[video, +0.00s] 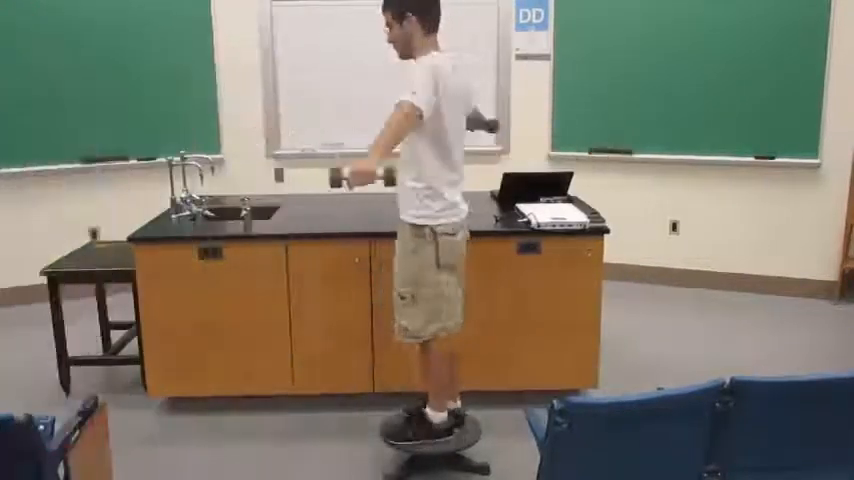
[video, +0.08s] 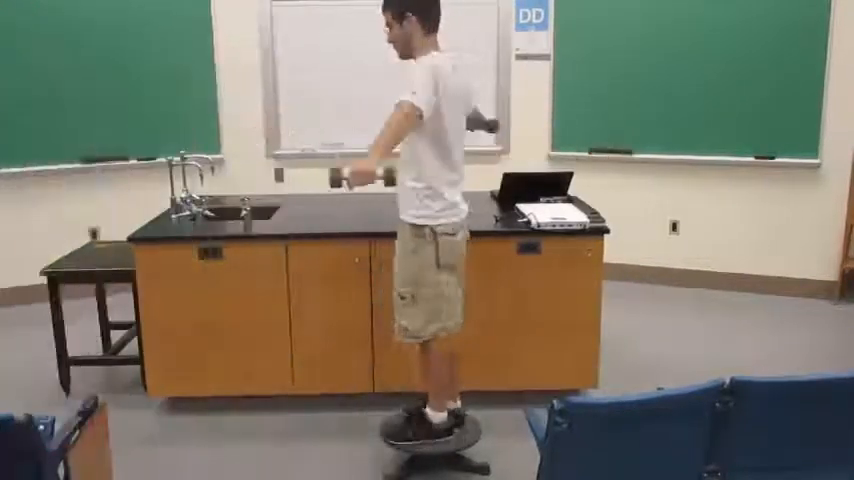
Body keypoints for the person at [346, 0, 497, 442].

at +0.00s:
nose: (387, 36)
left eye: (390, 25)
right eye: (386, 27)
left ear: (415, 22)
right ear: (425, 23)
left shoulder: (427, 69)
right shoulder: (449, 68)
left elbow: (410, 113)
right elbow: (456, 128)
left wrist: (371, 159)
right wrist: (408, 151)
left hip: (428, 221)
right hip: (443, 218)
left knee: (431, 325)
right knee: (437, 323)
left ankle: (437, 417)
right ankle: (447, 406)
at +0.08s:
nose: (387, 36)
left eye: (390, 26)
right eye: (386, 27)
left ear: (414, 22)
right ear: (425, 23)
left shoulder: (427, 69)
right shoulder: (450, 68)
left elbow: (410, 113)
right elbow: (456, 128)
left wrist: (371, 159)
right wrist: (408, 151)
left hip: (428, 221)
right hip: (443, 218)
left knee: (431, 325)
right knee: (437, 323)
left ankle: (437, 417)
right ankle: (447, 406)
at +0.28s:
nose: (391, 36)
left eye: (391, 26)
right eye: (389, 27)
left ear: (406, 22)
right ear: (430, 23)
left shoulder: (409, 72)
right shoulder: (459, 72)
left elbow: (372, 118)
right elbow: (493, 108)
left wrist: (319, 157)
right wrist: (519, 121)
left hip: (423, 223)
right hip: (454, 217)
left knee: (425, 325)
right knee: (449, 324)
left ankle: (431, 416)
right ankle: (451, 408)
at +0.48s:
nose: (394, 32)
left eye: (394, 23)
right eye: (395, 23)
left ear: (402, 22)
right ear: (437, 22)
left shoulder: (399, 74)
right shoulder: (467, 72)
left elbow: (347, 120)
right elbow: (512, 105)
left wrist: (287, 156)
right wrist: (546, 121)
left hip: (416, 222)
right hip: (458, 218)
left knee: (420, 326)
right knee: (451, 322)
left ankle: (423, 417)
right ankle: (449, 410)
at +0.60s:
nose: (400, 30)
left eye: (401, 22)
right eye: (406, 21)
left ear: (405, 23)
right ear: (443, 25)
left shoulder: (391, 74)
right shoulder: (470, 73)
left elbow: (342, 128)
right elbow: (515, 121)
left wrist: (286, 173)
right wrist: (557, 146)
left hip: (410, 222)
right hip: (458, 218)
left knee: (414, 327)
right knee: (451, 325)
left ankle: (417, 419)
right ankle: (447, 417)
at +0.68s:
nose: (401, 29)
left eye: (401, 22)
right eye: (406, 21)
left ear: (405, 23)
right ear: (443, 24)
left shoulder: (390, 74)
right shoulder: (470, 73)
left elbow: (342, 128)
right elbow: (515, 121)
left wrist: (285, 173)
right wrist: (557, 146)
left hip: (410, 222)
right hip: (458, 218)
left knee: (414, 327)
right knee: (451, 325)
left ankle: (417, 419)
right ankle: (447, 417)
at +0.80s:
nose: (417, 27)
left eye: (415, 20)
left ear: (412, 24)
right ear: (452, 28)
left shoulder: (388, 81)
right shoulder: (472, 83)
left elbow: (353, 147)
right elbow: (504, 153)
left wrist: (340, 180)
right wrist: (531, 193)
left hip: (401, 222)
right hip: (454, 222)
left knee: (403, 322)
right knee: (443, 324)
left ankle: (409, 412)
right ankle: (438, 415)